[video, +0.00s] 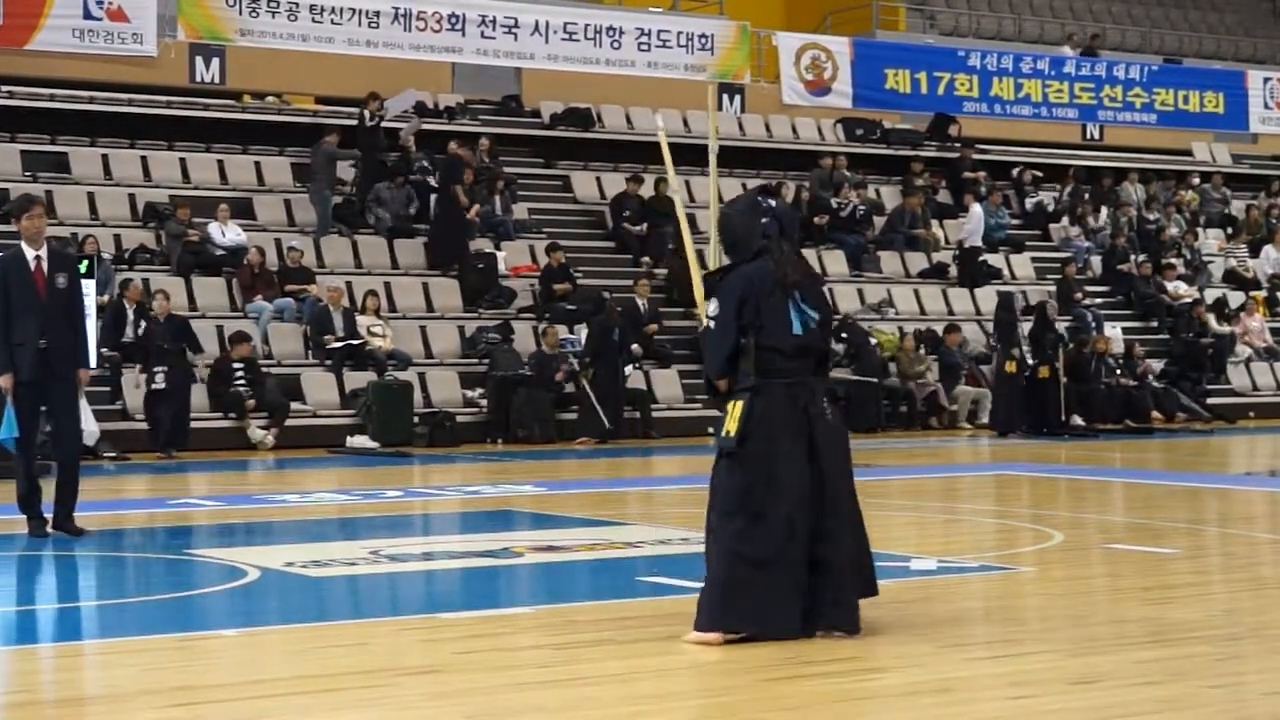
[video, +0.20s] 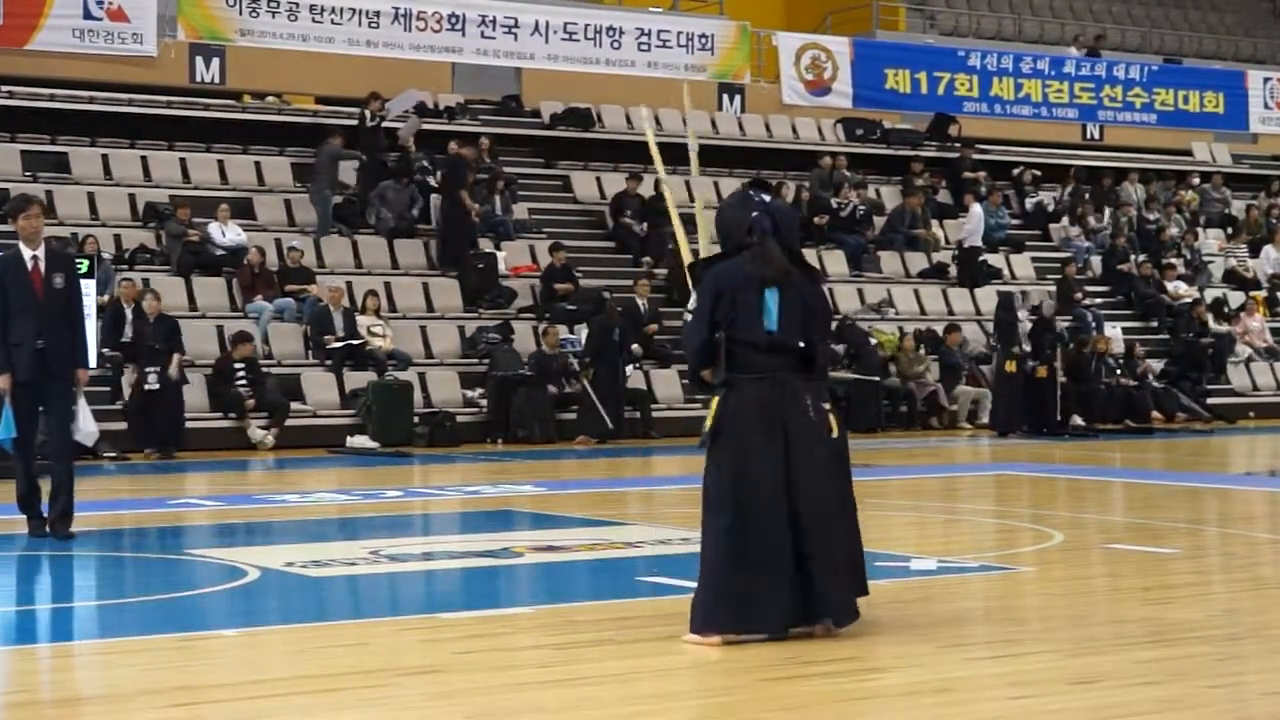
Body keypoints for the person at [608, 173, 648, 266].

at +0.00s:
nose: (635, 188)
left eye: (637, 185)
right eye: (633, 184)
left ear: (639, 187)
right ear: (627, 184)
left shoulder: (641, 200)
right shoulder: (617, 199)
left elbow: (646, 215)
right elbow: (617, 219)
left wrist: (644, 225)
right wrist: (631, 228)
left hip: (639, 227)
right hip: (624, 228)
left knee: (649, 238)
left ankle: (646, 259)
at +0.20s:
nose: (633, 186)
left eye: (635, 183)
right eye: (631, 182)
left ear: (638, 184)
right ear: (627, 183)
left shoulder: (641, 199)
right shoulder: (618, 197)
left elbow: (645, 214)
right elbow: (616, 217)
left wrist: (644, 225)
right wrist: (633, 225)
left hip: (638, 229)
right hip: (622, 228)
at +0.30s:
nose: (633, 184)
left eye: (636, 182)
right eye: (631, 181)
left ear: (638, 183)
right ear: (626, 181)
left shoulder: (642, 199)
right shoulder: (618, 196)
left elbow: (646, 214)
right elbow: (610, 213)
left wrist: (646, 226)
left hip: (638, 228)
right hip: (621, 228)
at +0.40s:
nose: (630, 183)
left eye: (633, 181)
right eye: (629, 180)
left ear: (637, 183)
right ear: (626, 181)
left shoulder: (641, 198)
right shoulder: (620, 196)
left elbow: (647, 213)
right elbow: (608, 201)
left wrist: (646, 223)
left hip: (638, 227)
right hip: (622, 228)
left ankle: (648, 259)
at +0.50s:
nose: (630, 184)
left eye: (633, 181)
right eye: (629, 180)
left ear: (637, 183)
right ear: (626, 181)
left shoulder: (641, 197)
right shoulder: (620, 195)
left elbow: (647, 212)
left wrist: (646, 223)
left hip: (638, 228)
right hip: (622, 228)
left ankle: (649, 258)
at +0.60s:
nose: (630, 183)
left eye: (633, 181)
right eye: (629, 180)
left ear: (637, 183)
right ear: (626, 181)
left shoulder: (641, 197)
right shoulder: (620, 194)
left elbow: (647, 211)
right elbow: (609, 182)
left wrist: (646, 222)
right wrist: (615, 175)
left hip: (638, 227)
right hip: (622, 228)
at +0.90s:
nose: (628, 189)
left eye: (630, 187)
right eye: (627, 186)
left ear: (635, 187)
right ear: (625, 185)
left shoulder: (640, 198)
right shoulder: (620, 197)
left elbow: (646, 212)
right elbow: (616, 182)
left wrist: (646, 222)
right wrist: (620, 176)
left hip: (638, 226)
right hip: (623, 227)